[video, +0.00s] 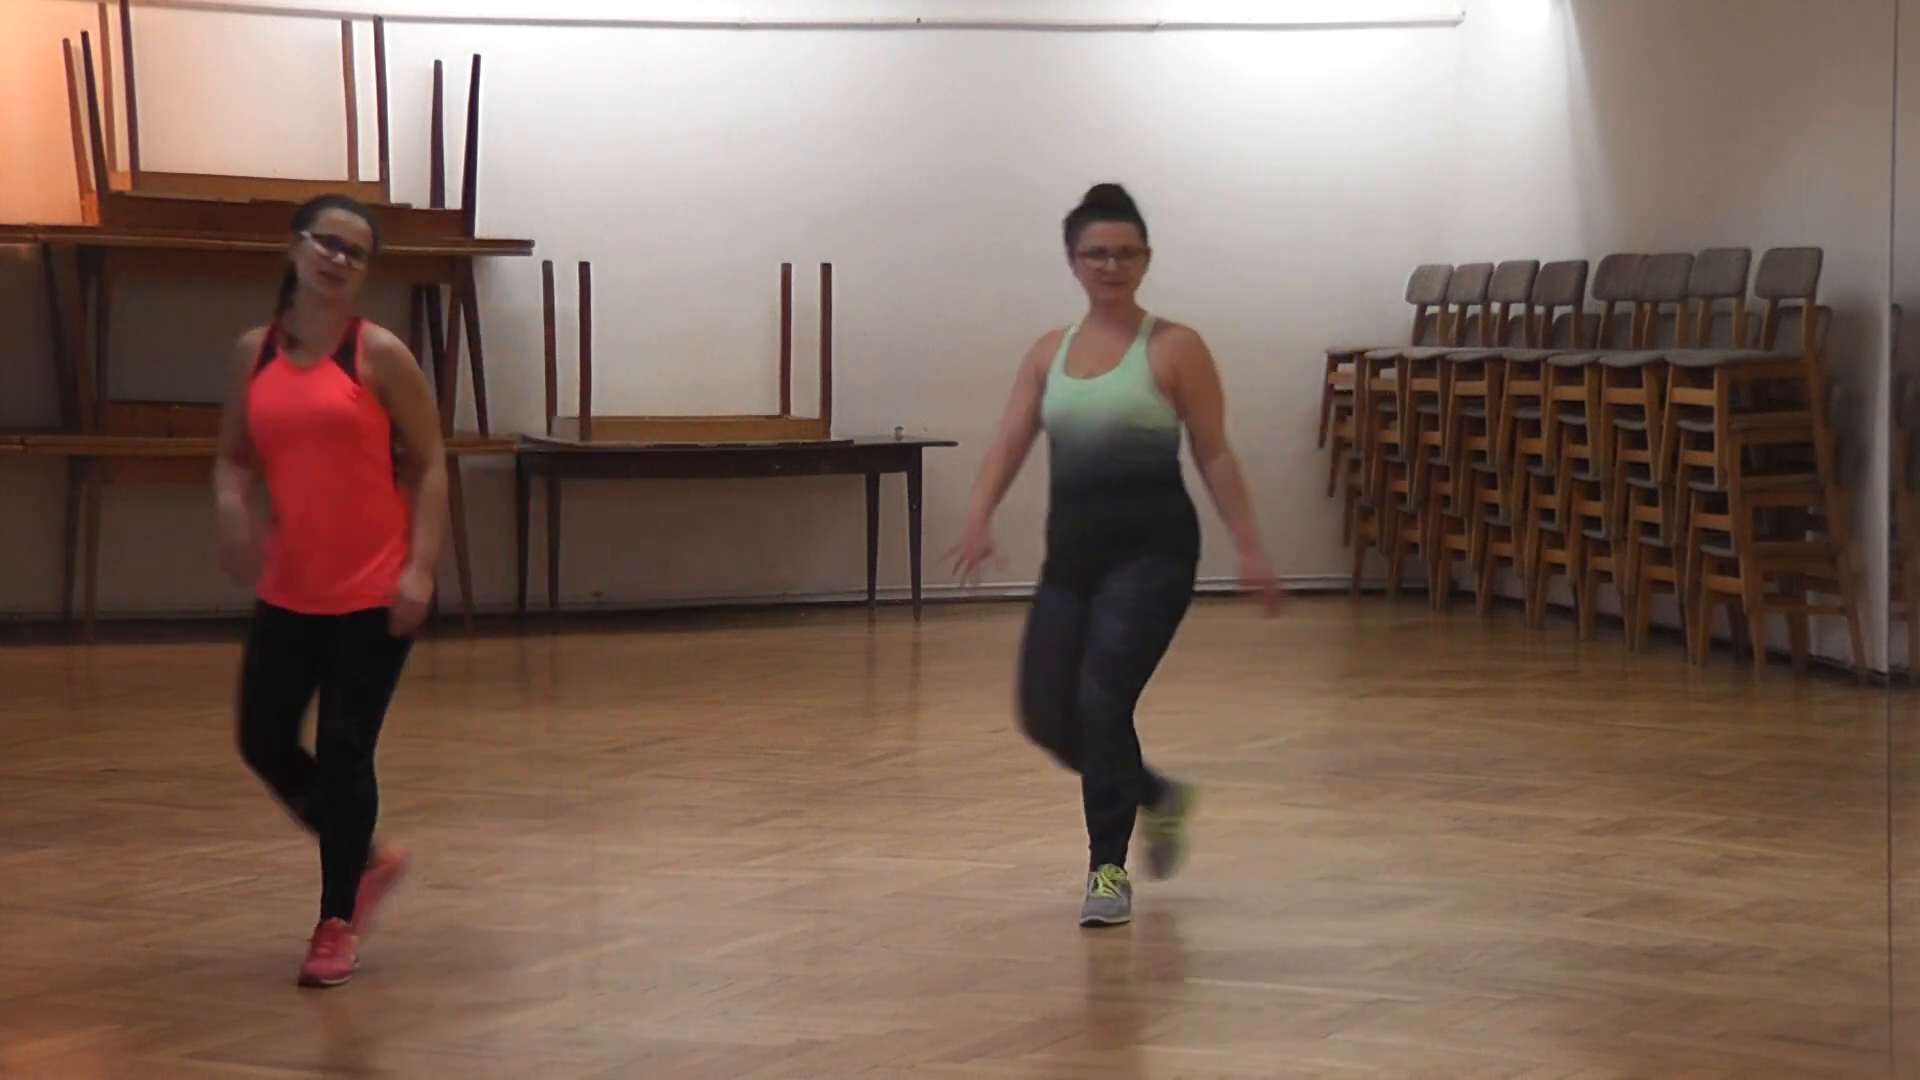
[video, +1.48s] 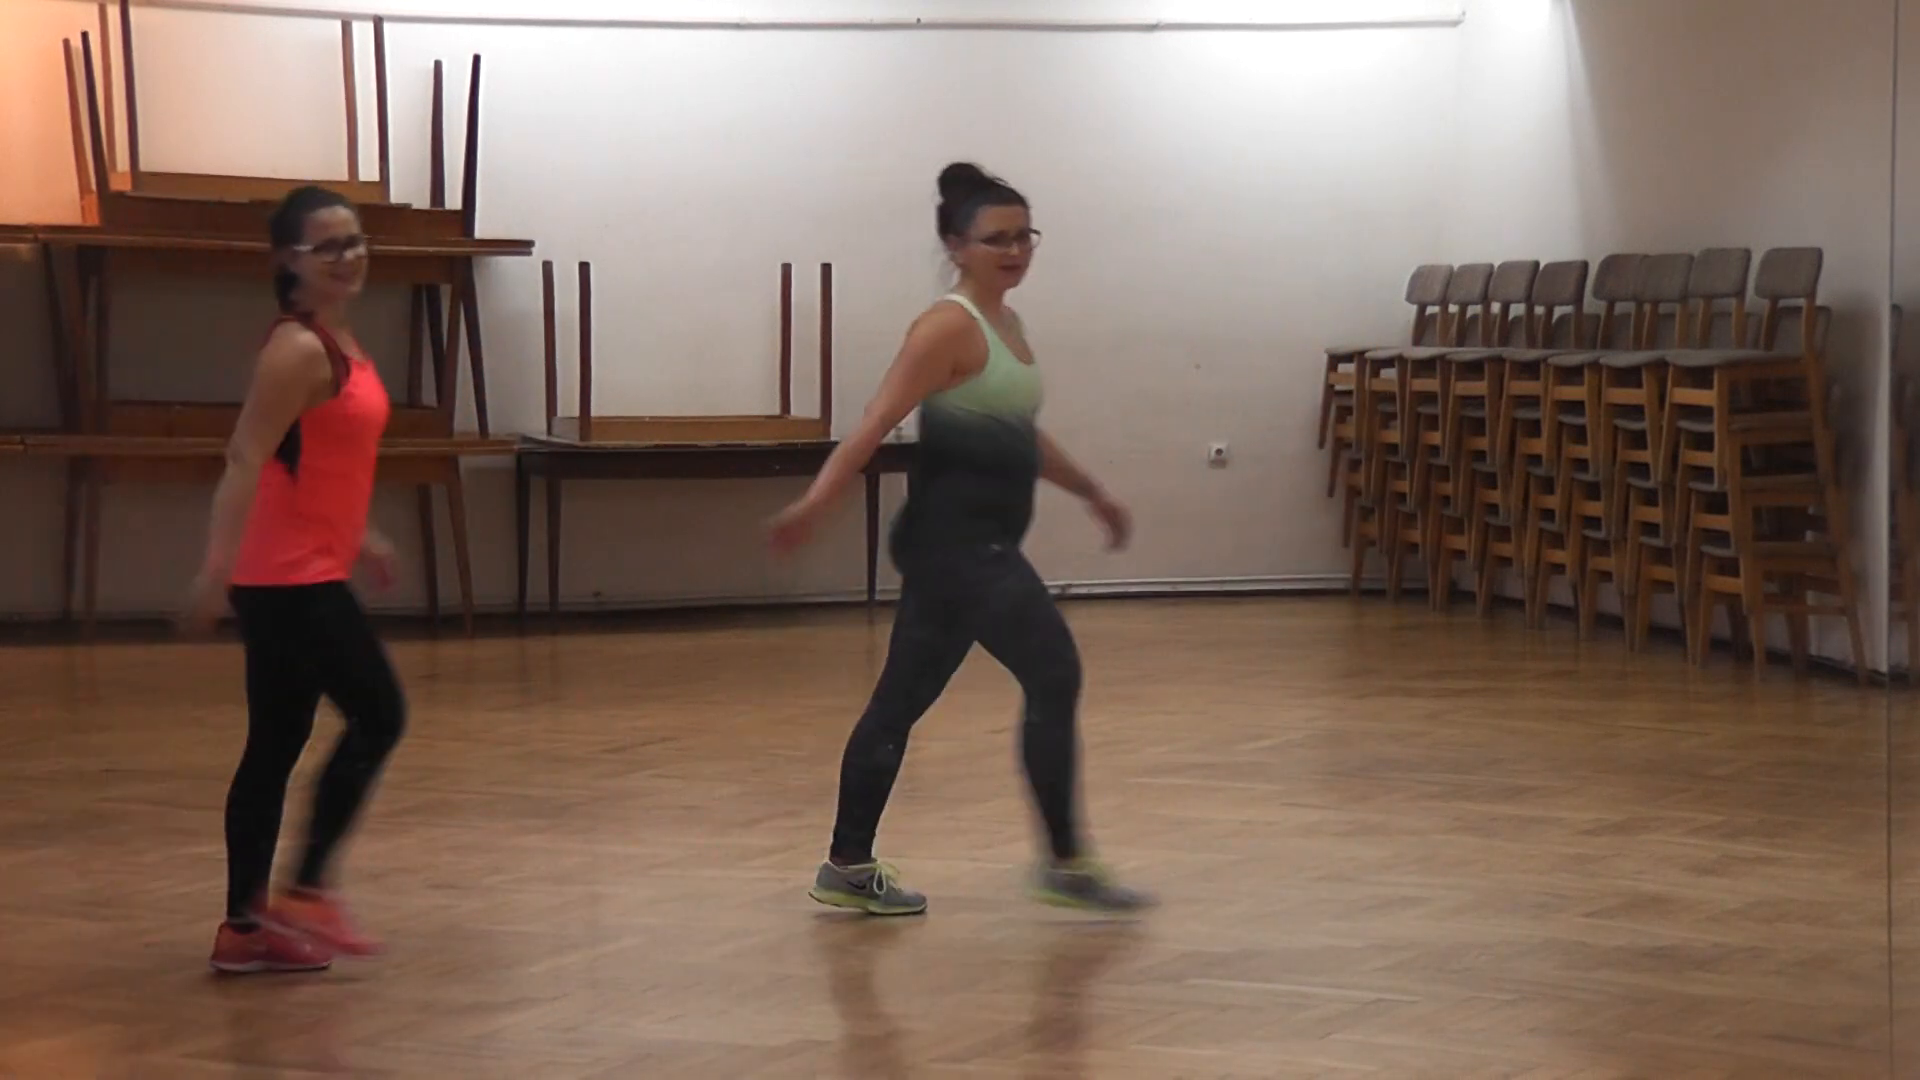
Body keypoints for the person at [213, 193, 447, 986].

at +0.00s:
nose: (340, 260)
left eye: (355, 254)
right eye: (328, 243)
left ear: (367, 273)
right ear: (294, 247)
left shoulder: (383, 355)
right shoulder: (258, 351)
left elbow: (432, 462)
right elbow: (234, 457)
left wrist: (421, 566)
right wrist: (234, 512)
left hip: (372, 592)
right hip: (288, 590)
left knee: (344, 753)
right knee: (263, 740)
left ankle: (336, 923)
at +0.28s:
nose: (248, 275)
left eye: (262, 266)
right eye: (234, 260)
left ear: (274, 281)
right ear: (197, 266)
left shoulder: (293, 382)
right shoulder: (155, 370)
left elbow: (322, 494)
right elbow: (105, 470)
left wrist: (345, 586)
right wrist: (147, 526)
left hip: (290, 604)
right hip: (191, 608)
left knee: (306, 768)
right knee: (161, 777)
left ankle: (335, 927)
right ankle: (85, 938)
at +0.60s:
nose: (182, 252)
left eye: (194, 240)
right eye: (166, 237)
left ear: (208, 250)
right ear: (130, 241)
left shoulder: (200, 338)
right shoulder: (108, 328)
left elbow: (195, 460)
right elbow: (111, 424)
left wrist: (226, 553)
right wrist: (222, 396)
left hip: (178, 577)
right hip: (98, 576)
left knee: (190, 732)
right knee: (97, 744)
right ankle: (72, 932)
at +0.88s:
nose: (179, 265)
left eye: (191, 251)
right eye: (162, 251)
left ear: (202, 255)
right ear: (122, 254)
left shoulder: (173, 342)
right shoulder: (114, 341)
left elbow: (164, 453)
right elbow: (213, 422)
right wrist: (307, 377)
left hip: (147, 583)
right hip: (92, 581)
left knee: (123, 739)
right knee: (110, 739)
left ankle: (51, 906)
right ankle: (18, 904)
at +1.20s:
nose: (244, 299)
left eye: (253, 285)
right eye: (226, 286)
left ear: (260, 289)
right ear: (185, 291)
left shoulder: (182, 376)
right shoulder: (209, 380)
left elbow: (115, 479)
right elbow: (316, 463)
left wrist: (71, 561)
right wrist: (427, 523)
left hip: (194, 617)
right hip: (147, 614)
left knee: (266, 739)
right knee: (71, 764)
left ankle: (244, 927)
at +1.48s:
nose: (349, 258)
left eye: (356, 243)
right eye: (330, 247)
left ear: (364, 250)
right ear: (289, 260)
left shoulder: (338, 341)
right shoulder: (295, 351)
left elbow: (313, 466)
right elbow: (243, 463)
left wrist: (358, 538)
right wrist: (213, 575)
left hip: (302, 580)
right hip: (291, 583)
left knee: (274, 743)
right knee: (379, 713)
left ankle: (245, 923)